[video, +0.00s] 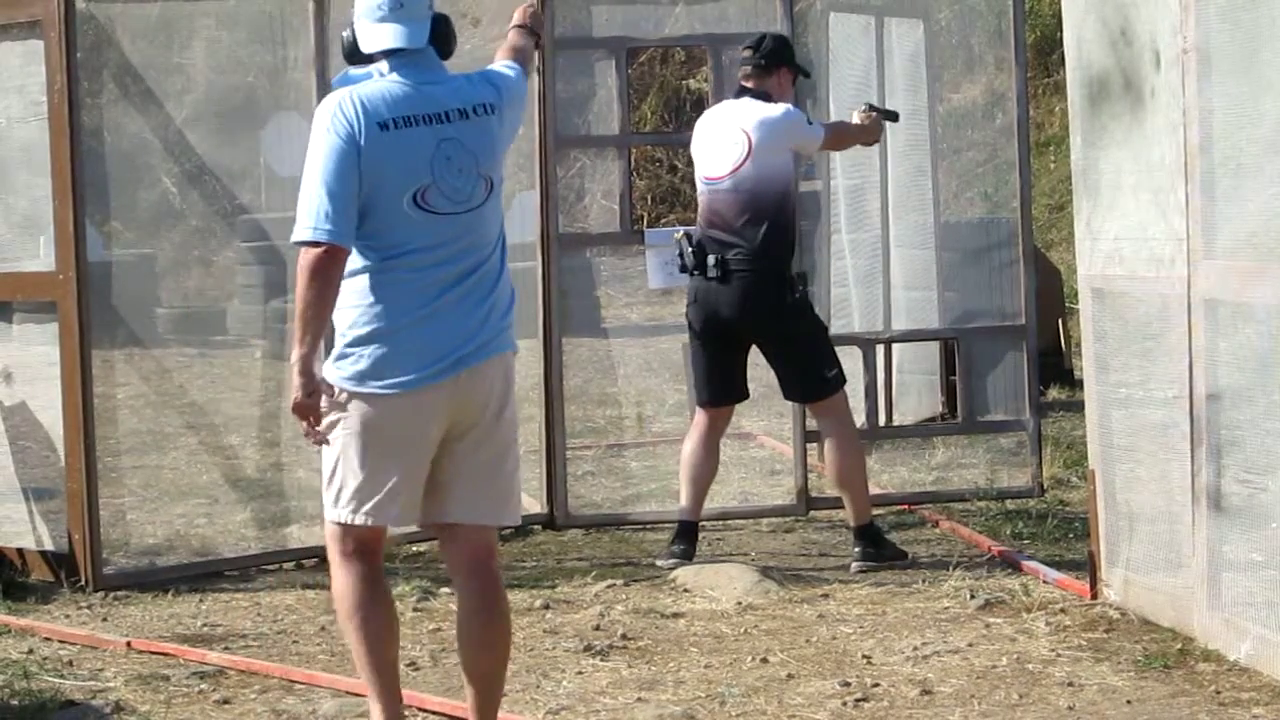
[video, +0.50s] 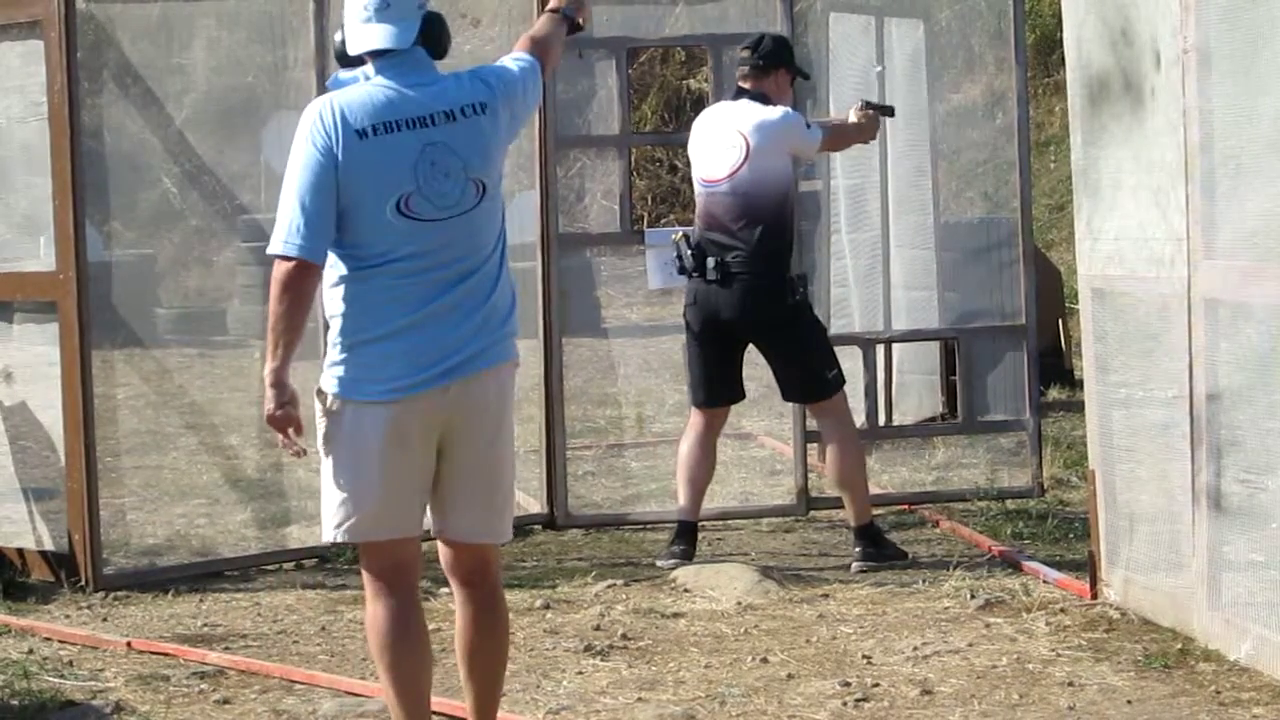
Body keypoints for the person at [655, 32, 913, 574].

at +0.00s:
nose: (794, 88)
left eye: (793, 81)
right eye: (794, 80)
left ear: (743, 75)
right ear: (781, 76)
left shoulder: (704, 122)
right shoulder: (784, 119)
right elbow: (838, 138)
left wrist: (845, 131)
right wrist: (866, 127)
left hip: (708, 294)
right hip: (769, 293)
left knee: (707, 419)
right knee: (834, 416)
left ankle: (683, 538)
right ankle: (867, 538)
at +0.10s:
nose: (794, 88)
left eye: (794, 82)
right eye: (793, 80)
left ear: (743, 75)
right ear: (781, 76)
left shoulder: (704, 121)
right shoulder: (784, 119)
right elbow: (837, 139)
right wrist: (865, 125)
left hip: (708, 294)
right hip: (769, 293)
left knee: (705, 420)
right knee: (834, 416)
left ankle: (682, 539)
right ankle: (867, 537)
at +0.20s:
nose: (794, 89)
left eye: (794, 81)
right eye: (793, 80)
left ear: (742, 75)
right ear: (779, 76)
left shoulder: (704, 122)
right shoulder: (783, 121)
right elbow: (843, 138)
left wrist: (843, 132)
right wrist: (865, 126)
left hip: (708, 295)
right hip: (769, 294)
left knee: (704, 419)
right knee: (834, 416)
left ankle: (682, 538)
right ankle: (867, 538)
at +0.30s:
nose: (793, 89)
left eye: (792, 82)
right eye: (793, 81)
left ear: (742, 75)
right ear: (780, 77)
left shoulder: (703, 121)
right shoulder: (782, 121)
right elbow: (841, 139)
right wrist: (862, 127)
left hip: (706, 295)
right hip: (768, 294)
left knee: (702, 419)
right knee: (833, 416)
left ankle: (681, 538)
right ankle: (866, 537)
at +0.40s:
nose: (793, 90)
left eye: (793, 83)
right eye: (793, 81)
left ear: (742, 75)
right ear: (780, 77)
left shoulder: (703, 122)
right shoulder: (781, 122)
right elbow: (842, 139)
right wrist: (863, 127)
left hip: (706, 296)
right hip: (768, 295)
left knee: (703, 418)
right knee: (834, 417)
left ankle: (681, 538)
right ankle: (867, 538)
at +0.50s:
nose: (792, 90)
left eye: (792, 83)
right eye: (791, 81)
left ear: (742, 75)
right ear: (777, 77)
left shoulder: (702, 121)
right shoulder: (782, 123)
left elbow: (795, 137)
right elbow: (842, 137)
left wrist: (844, 126)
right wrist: (865, 122)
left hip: (705, 297)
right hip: (768, 296)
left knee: (703, 419)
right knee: (834, 418)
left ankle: (682, 539)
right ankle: (867, 538)